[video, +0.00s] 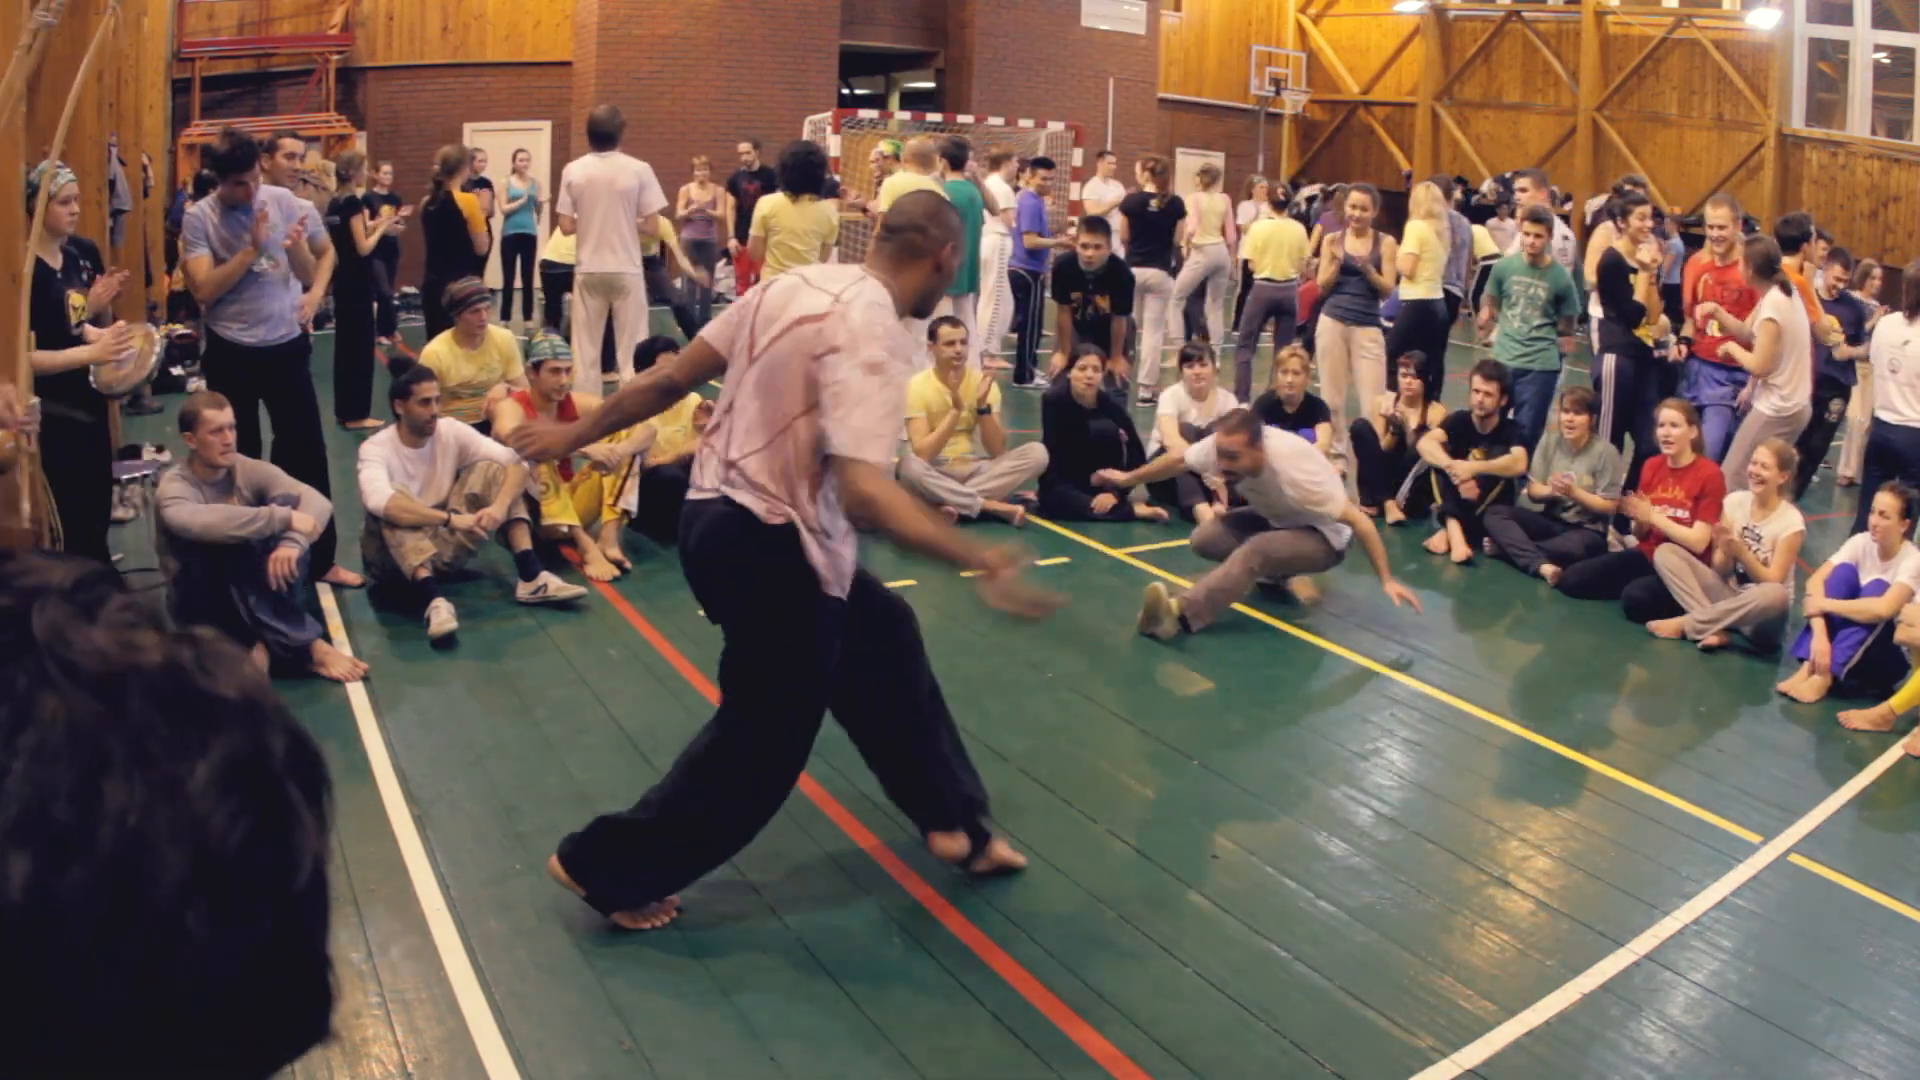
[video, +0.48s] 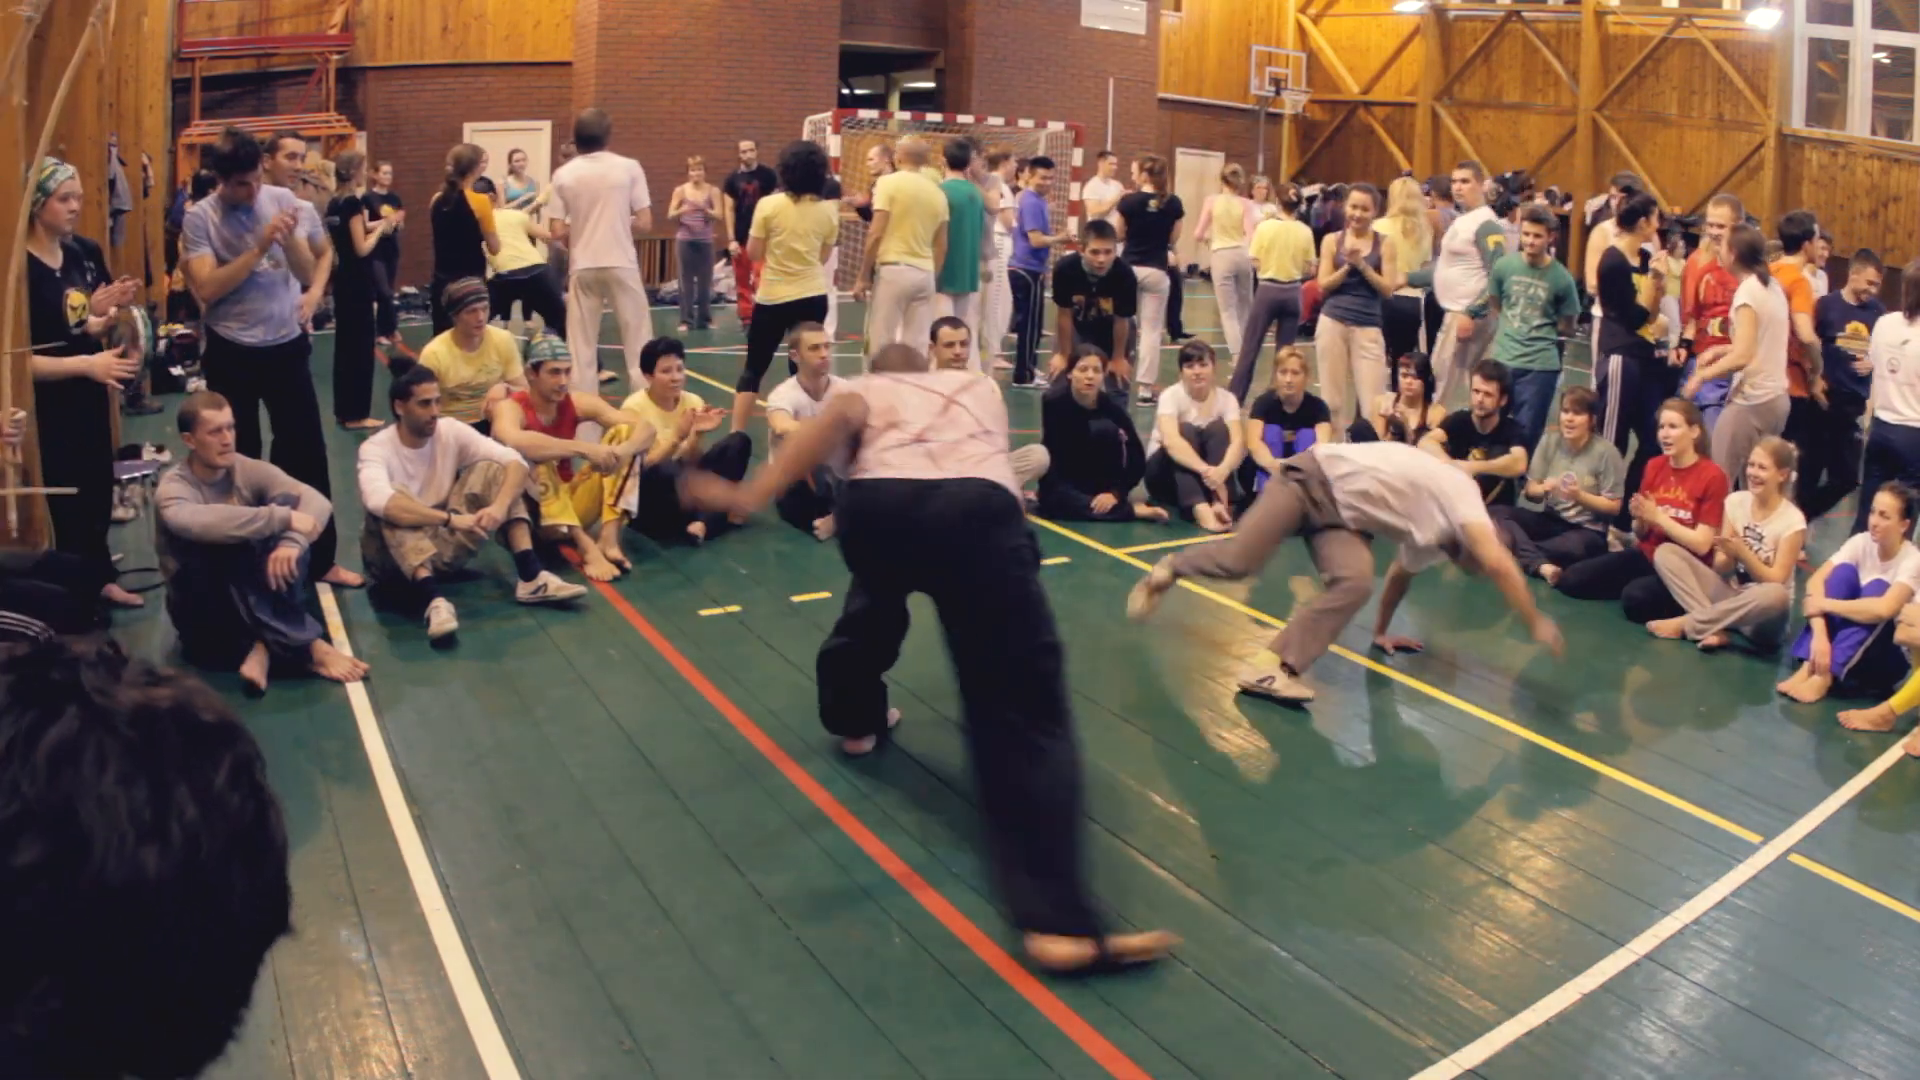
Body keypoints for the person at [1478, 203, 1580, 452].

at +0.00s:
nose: (1531, 241)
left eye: (1538, 236)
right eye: (1526, 234)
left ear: (1549, 239)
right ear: (1520, 234)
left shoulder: (1561, 277)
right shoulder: (1503, 268)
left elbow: (1567, 325)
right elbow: (1490, 300)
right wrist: (1485, 314)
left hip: (1541, 358)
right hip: (1504, 354)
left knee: (1527, 430)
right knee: (1491, 421)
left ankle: (1519, 485)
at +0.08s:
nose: (1531, 241)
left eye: (1538, 236)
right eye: (1527, 234)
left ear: (1549, 238)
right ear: (1520, 234)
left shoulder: (1561, 279)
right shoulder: (1502, 268)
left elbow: (1568, 326)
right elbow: (1491, 304)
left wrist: (1538, 330)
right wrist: (1514, 325)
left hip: (1540, 359)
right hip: (1503, 355)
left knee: (1526, 432)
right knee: (1490, 424)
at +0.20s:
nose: (1530, 241)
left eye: (1537, 236)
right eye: (1526, 234)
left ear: (1551, 239)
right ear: (1519, 234)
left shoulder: (1561, 279)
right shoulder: (1504, 266)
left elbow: (1568, 325)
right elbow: (1495, 305)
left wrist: (1539, 332)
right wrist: (1516, 328)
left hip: (1540, 359)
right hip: (1504, 355)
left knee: (1526, 431)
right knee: (1491, 423)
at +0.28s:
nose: (1530, 241)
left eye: (1537, 236)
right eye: (1526, 234)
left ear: (1551, 238)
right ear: (1519, 234)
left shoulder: (1562, 279)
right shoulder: (1504, 266)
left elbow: (1568, 325)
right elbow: (1494, 303)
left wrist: (1540, 332)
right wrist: (1512, 327)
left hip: (1539, 360)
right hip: (1503, 355)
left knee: (1526, 431)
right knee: (1491, 424)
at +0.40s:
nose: (1530, 241)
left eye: (1537, 236)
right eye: (1526, 234)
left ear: (1550, 238)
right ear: (1519, 234)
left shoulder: (1562, 278)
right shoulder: (1503, 266)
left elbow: (1567, 326)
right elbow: (1494, 305)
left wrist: (1537, 329)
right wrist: (1516, 326)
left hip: (1541, 359)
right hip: (1503, 354)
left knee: (1526, 431)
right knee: (1493, 424)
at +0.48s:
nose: (1530, 241)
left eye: (1537, 236)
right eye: (1526, 234)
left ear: (1550, 238)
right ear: (1519, 234)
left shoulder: (1562, 279)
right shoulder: (1503, 266)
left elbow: (1568, 324)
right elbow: (1495, 304)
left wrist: (1540, 332)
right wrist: (1516, 327)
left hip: (1539, 359)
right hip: (1503, 354)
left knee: (1526, 431)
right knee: (1492, 424)